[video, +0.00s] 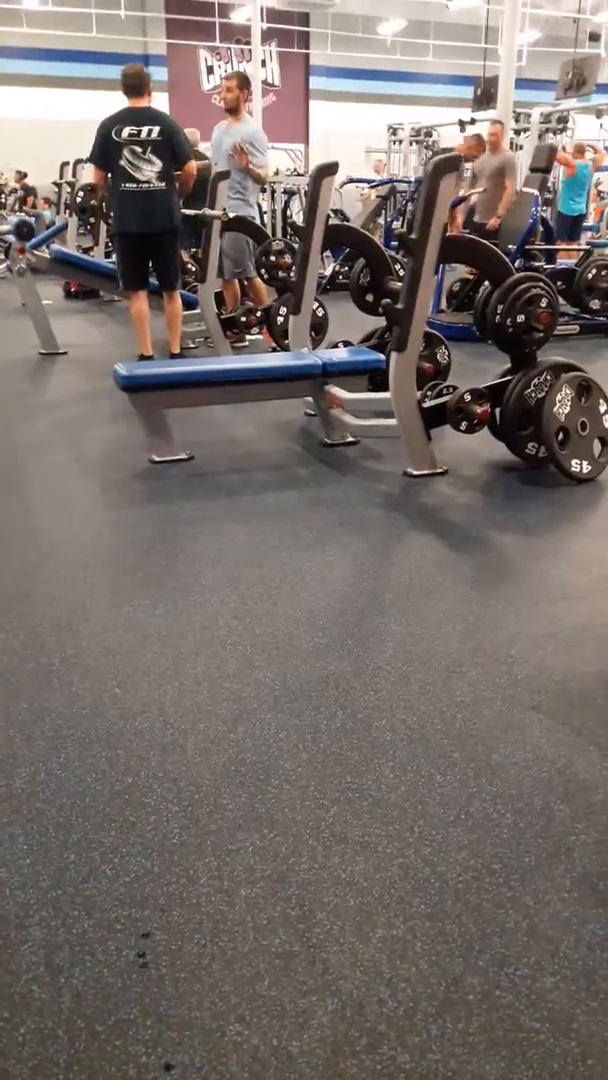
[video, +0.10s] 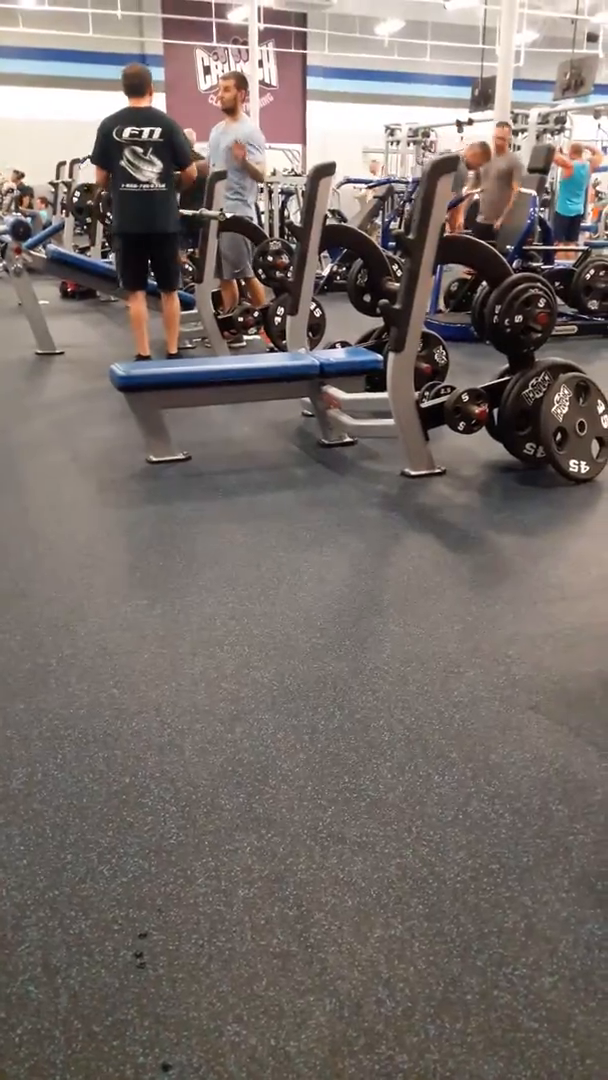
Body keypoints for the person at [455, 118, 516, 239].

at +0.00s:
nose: (491, 139)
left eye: (495, 135)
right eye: (490, 134)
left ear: (502, 136)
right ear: (486, 135)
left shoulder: (507, 158)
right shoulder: (480, 158)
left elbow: (510, 189)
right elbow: (469, 187)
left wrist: (498, 216)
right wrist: (460, 213)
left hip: (493, 218)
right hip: (474, 216)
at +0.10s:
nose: (498, 142)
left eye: (502, 139)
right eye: (496, 138)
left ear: (509, 140)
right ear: (492, 137)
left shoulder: (514, 161)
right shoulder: (484, 157)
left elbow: (516, 192)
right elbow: (473, 187)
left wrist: (502, 218)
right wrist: (462, 214)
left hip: (500, 221)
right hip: (481, 218)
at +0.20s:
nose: (506, 147)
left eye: (510, 143)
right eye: (504, 143)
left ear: (515, 143)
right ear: (499, 140)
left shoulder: (521, 165)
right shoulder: (487, 161)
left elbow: (526, 192)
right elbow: (474, 190)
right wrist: (466, 216)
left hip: (511, 220)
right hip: (487, 216)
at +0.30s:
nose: (515, 149)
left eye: (518, 146)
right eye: (512, 145)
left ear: (522, 144)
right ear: (505, 142)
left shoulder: (524, 164)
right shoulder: (492, 162)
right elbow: (476, 190)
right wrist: (473, 216)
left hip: (514, 221)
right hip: (492, 219)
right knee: (481, 257)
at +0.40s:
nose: (520, 149)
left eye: (523, 146)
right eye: (517, 145)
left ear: (527, 145)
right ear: (509, 142)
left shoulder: (530, 164)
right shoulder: (494, 162)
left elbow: (539, 193)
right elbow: (480, 191)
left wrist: (545, 218)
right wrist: (477, 218)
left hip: (519, 219)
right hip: (495, 217)